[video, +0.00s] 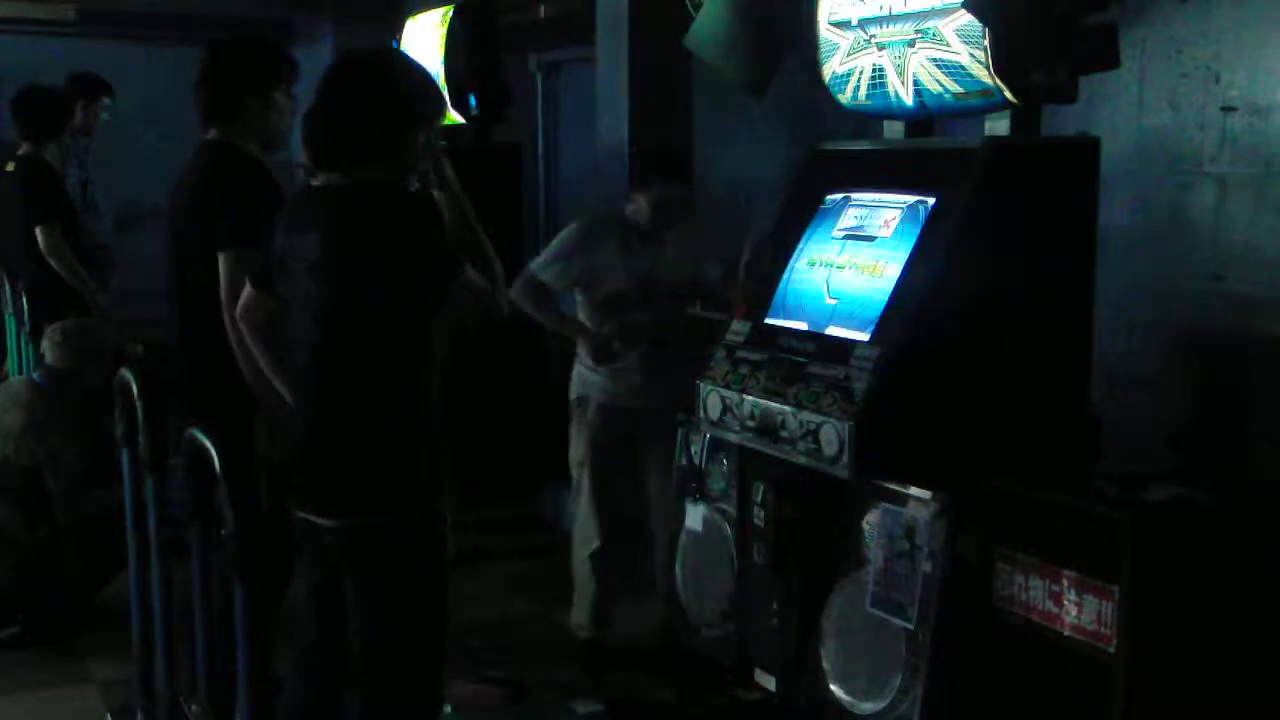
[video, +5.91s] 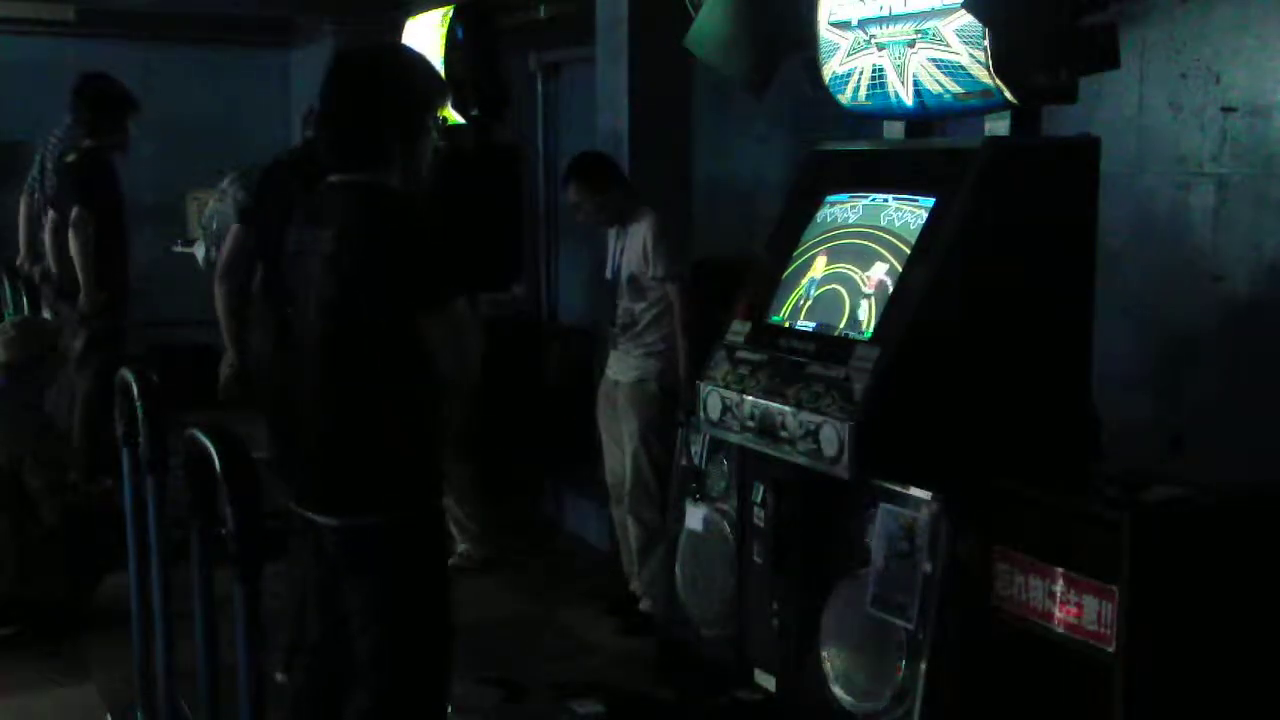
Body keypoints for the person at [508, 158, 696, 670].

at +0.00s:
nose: (664, 215)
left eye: (673, 205)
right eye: (656, 203)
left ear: (683, 205)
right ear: (635, 197)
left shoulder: (682, 246)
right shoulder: (592, 235)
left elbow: (712, 306)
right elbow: (527, 290)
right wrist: (584, 334)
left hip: (662, 396)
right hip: (601, 395)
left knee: (666, 514)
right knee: (597, 517)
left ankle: (667, 630)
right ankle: (591, 632)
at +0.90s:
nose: (680, 217)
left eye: (687, 207)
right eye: (674, 205)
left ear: (690, 207)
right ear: (650, 199)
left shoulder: (684, 247)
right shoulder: (606, 238)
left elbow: (694, 314)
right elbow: (590, 321)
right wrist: (654, 347)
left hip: (663, 385)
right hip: (608, 385)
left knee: (665, 510)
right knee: (599, 514)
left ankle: (664, 621)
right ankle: (589, 626)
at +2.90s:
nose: (721, 231)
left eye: (730, 222)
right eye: (715, 219)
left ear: (737, 223)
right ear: (695, 211)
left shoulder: (724, 260)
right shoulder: (649, 250)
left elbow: (733, 325)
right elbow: (645, 340)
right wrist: (698, 384)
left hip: (681, 394)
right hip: (628, 388)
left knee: (675, 511)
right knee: (612, 511)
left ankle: (666, 624)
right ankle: (591, 625)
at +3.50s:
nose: (693, 217)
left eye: (702, 208)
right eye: (688, 205)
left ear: (712, 208)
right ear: (669, 196)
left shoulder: (711, 246)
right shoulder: (624, 238)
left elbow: (726, 311)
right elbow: (593, 311)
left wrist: (699, 361)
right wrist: (637, 361)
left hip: (681, 386)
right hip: (623, 384)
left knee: (676, 499)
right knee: (606, 495)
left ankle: (668, 605)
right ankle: (597, 592)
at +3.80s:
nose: (622, 209)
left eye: (630, 199)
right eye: (614, 199)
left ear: (651, 195)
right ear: (606, 197)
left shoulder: (676, 241)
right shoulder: (594, 232)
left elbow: (708, 312)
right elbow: (572, 299)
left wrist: (676, 370)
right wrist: (592, 359)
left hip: (657, 385)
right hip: (603, 383)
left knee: (665, 503)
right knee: (595, 498)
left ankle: (667, 607)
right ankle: (604, 594)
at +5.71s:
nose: (580, 215)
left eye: (583, 204)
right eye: (576, 206)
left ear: (607, 193)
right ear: (594, 201)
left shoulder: (650, 231)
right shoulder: (614, 235)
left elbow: (678, 304)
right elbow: (625, 307)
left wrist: (686, 378)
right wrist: (617, 358)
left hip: (650, 375)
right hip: (618, 370)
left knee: (642, 486)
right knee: (619, 484)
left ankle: (653, 598)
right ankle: (634, 586)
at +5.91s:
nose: (581, 215)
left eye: (584, 204)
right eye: (576, 206)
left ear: (607, 193)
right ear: (594, 200)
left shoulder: (650, 230)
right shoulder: (616, 232)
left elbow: (677, 303)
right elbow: (624, 305)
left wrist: (685, 377)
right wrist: (614, 359)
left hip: (649, 374)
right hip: (616, 369)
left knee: (642, 488)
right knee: (619, 485)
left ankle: (654, 599)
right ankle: (634, 588)